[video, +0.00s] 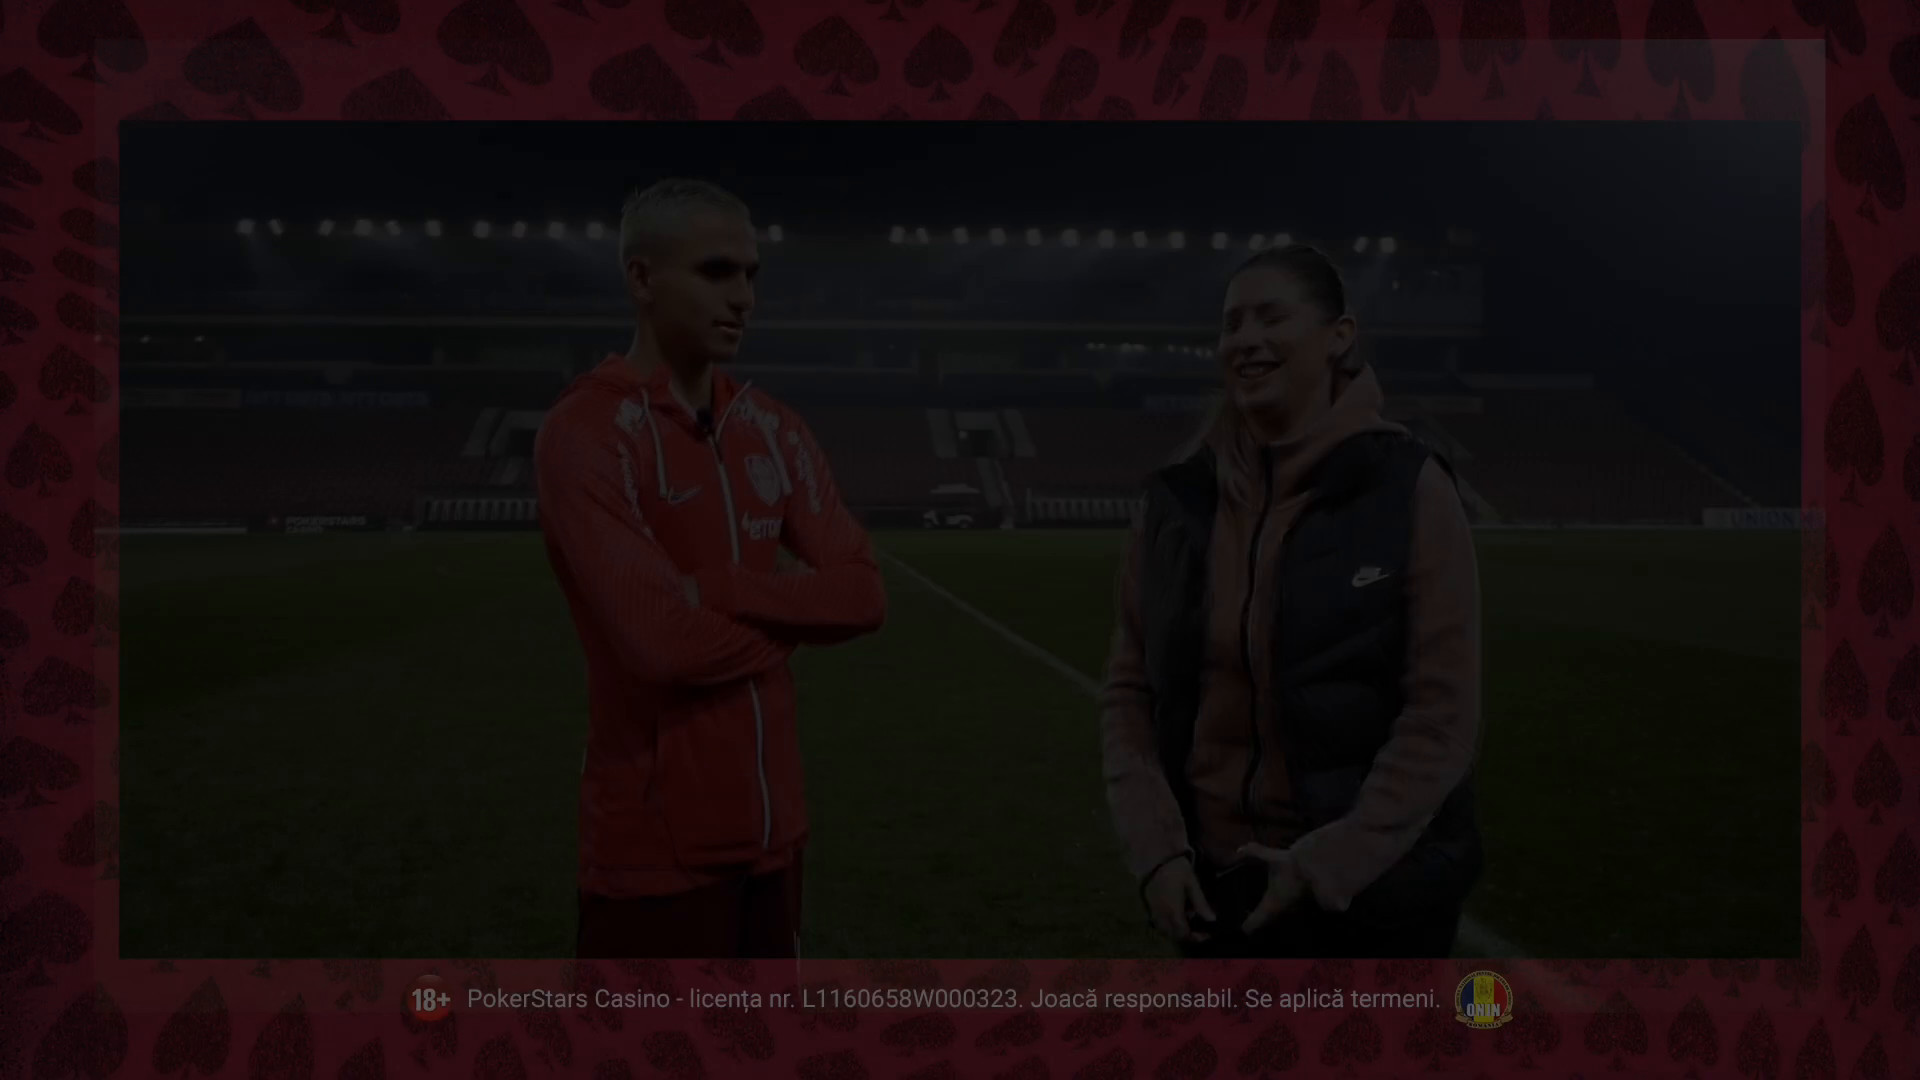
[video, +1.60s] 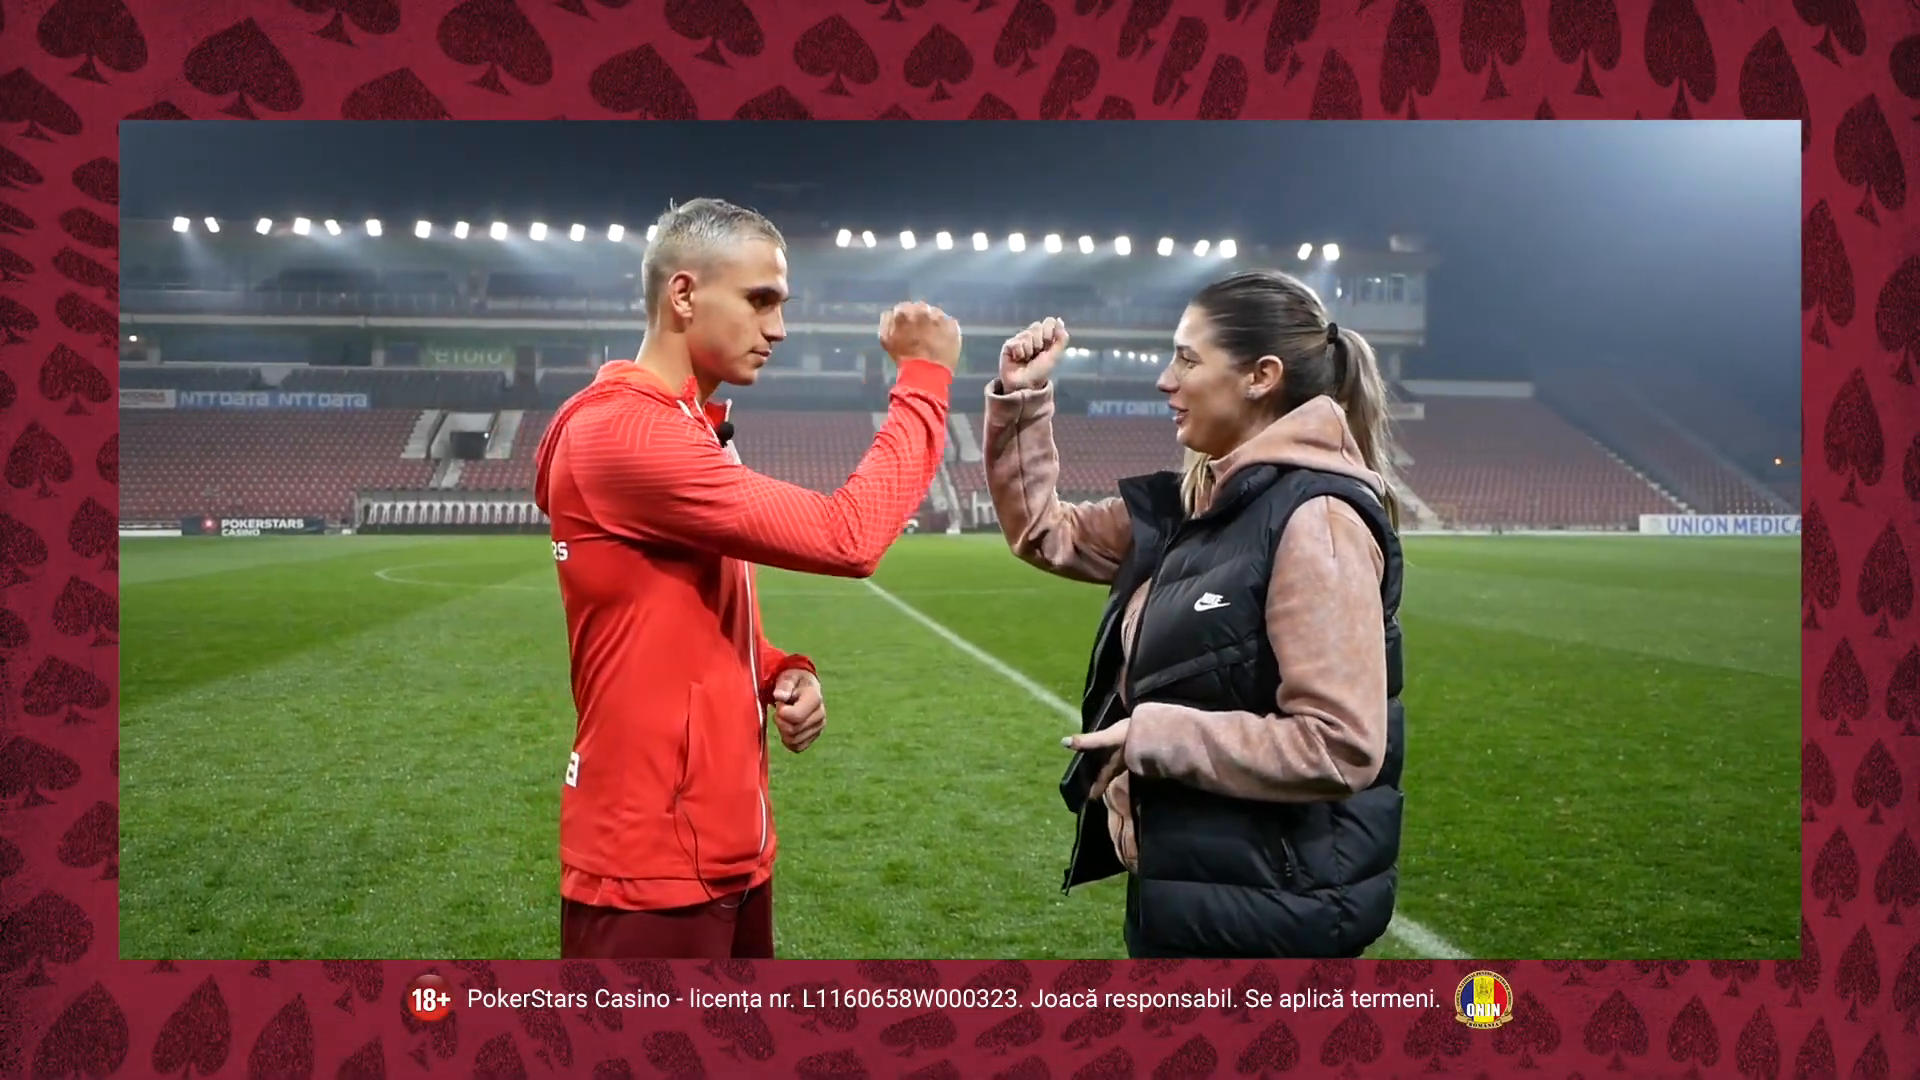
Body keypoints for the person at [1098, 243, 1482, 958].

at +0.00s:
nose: (1248, 340)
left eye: (1273, 317)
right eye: (1233, 325)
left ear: (1339, 334)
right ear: (1218, 348)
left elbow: (1444, 714)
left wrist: (1325, 862)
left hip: (1373, 873)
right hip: (1216, 877)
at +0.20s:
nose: (1223, 351)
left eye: (1248, 328)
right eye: (1223, 331)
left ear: (1331, 341)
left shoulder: (1397, 485)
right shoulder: (1211, 486)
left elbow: (1463, 697)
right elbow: (1156, 671)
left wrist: (1293, 776)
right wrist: (1135, 795)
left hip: (1354, 898)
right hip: (1214, 890)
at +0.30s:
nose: (1229, 352)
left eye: (1253, 328)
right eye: (1232, 331)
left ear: (1335, 342)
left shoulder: (1394, 482)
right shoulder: (1240, 484)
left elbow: (1462, 693)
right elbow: (1194, 678)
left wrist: (1275, 752)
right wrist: (1145, 780)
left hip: (1345, 902)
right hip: (1225, 895)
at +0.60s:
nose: (1250, 353)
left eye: (1274, 331)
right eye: (1258, 332)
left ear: (1351, 350)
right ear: (1345, 353)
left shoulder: (1397, 502)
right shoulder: (1301, 486)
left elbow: (1410, 732)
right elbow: (1223, 640)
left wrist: (1223, 725)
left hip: (1360, 915)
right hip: (1282, 901)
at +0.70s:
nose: (1250, 355)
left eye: (1275, 333)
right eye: (1261, 333)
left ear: (1351, 352)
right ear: (1341, 352)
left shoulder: (1394, 505)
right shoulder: (1298, 490)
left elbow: (1392, 734)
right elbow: (1172, 604)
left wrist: (1213, 722)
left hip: (1359, 911)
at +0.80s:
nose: (1246, 356)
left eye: (1269, 333)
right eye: (1255, 334)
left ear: (1344, 353)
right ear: (1338, 355)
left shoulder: (1385, 509)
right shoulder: (1299, 491)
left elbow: (1391, 741)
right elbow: (1133, 557)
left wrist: (1215, 724)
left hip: (1353, 914)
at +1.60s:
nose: (1166, 382)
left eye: (1186, 359)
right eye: (1173, 359)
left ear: (1261, 377)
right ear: (1257, 379)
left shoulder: (1319, 520)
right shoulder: (1201, 505)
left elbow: (1339, 744)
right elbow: (1043, 532)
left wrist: (1155, 733)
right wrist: (1020, 400)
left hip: (1264, 922)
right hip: (1188, 907)